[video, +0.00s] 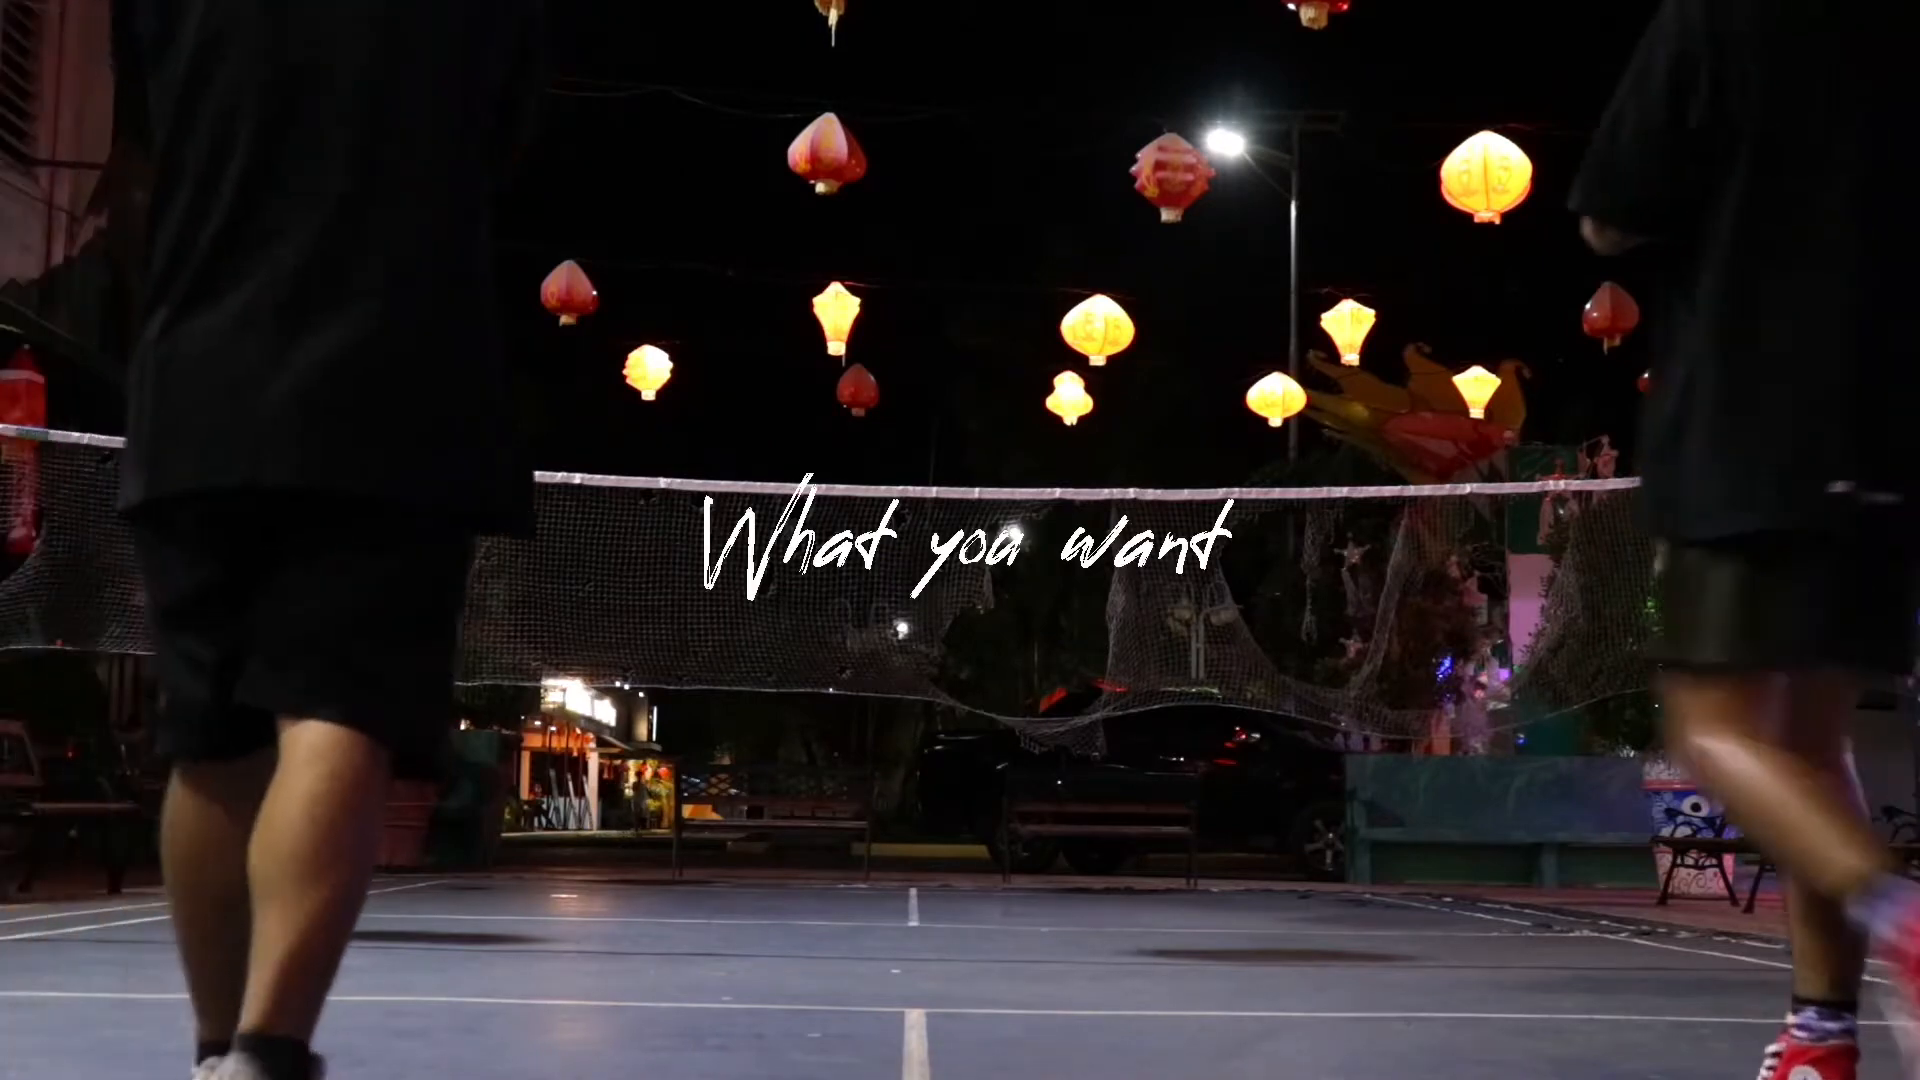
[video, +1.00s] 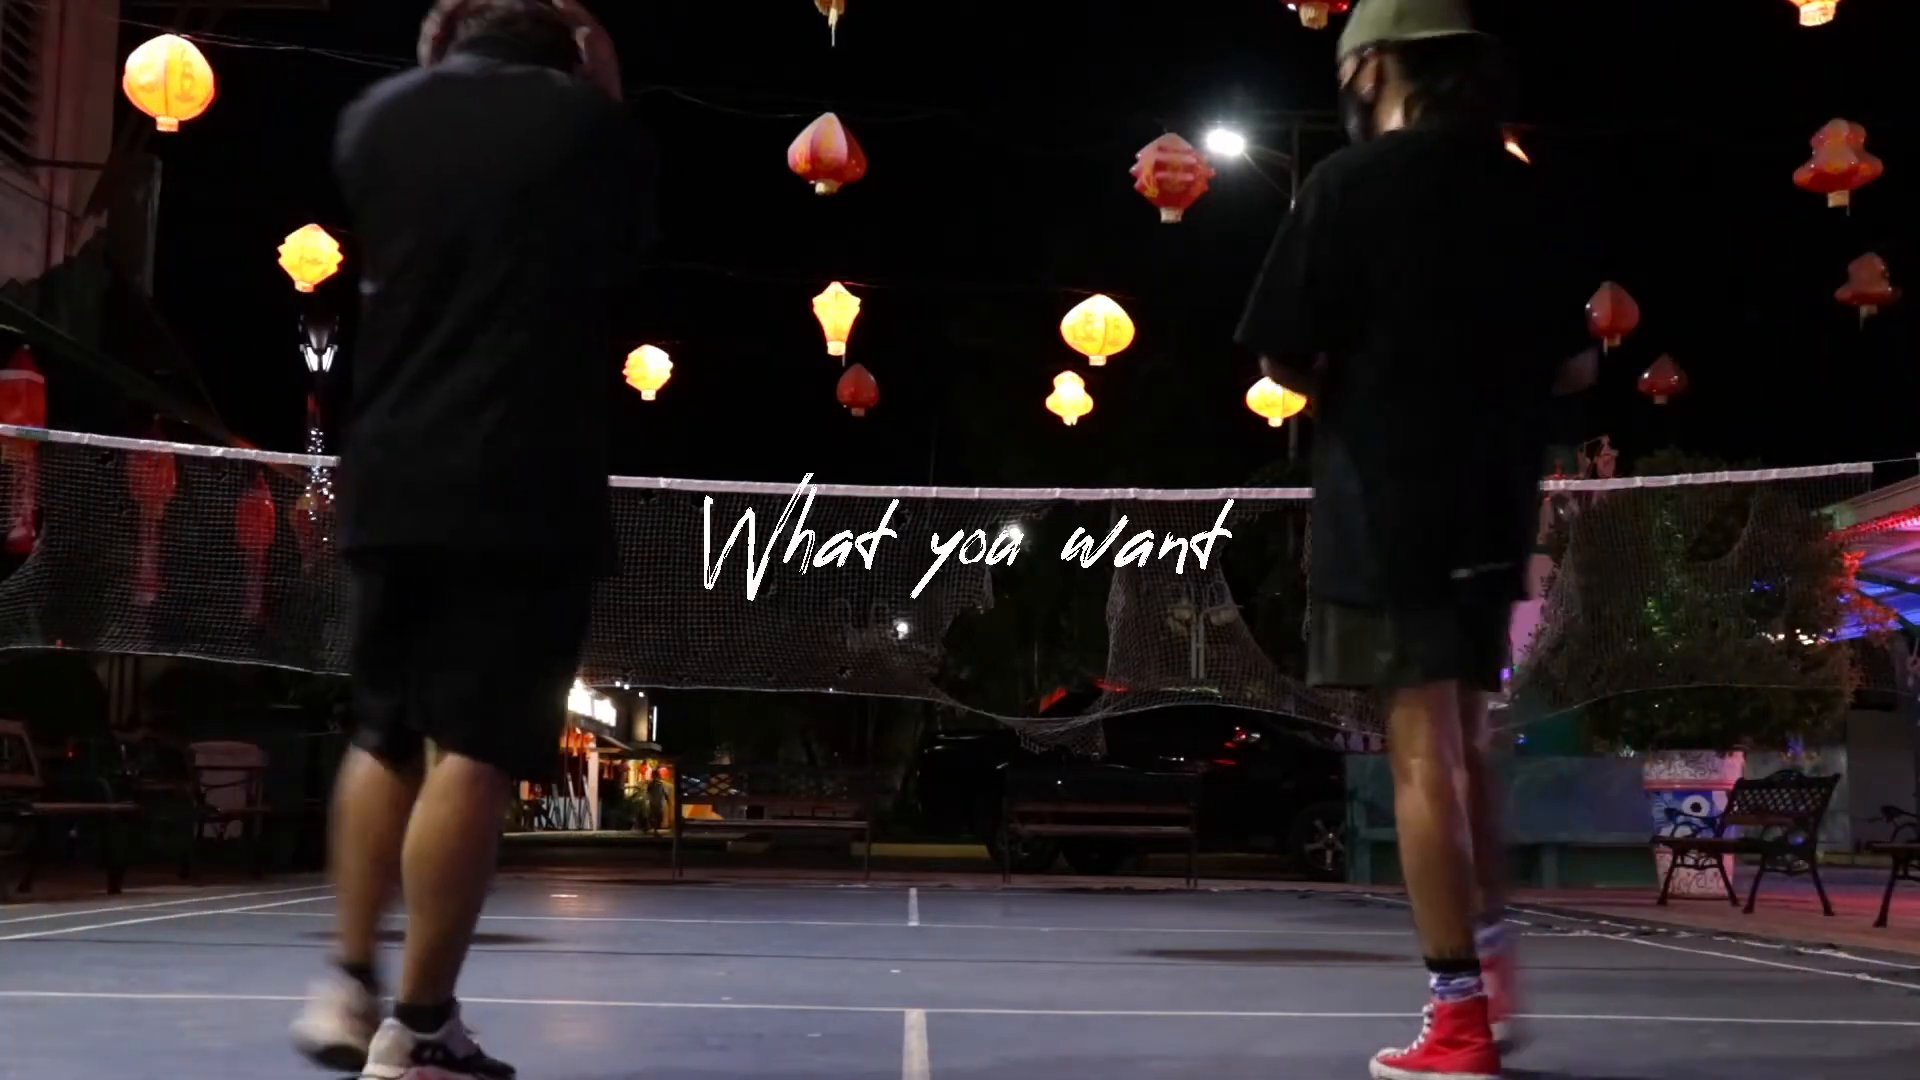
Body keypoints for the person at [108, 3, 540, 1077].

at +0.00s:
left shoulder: (166, 16)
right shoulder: (481, 25)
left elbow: (141, 153)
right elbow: (508, 153)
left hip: (196, 373)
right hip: (395, 375)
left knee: (209, 742)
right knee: (337, 723)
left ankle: (225, 1055)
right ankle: (265, 1046)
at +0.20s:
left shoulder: (184, 17)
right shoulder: (476, 25)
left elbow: (173, 131)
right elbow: (518, 178)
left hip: (207, 387)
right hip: (409, 392)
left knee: (225, 721)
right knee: (418, 702)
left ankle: (230, 1047)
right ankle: (335, 949)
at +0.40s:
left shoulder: (214, 19)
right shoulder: (468, 23)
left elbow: (187, 221)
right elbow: (542, 189)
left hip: (225, 414)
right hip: (410, 423)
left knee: (241, 720)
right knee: (424, 724)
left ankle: (233, 1040)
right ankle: (391, 1015)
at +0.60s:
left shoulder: (265, 52)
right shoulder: (497, 64)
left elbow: (208, 255)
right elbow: (560, 224)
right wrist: (549, 64)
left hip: (259, 452)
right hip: (432, 462)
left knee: (260, 727)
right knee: (413, 750)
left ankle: (236, 1032)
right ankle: (415, 1023)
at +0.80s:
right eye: (538, 14)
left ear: (412, 9)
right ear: (518, 14)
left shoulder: (327, 93)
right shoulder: (545, 104)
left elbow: (365, 207)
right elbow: (589, 240)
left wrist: (408, 42)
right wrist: (574, 76)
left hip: (337, 466)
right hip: (492, 473)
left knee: (294, 714)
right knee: (453, 745)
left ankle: (252, 926)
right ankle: (415, 1024)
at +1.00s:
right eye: (574, 49)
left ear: (448, 52)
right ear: (563, 61)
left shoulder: (378, 120)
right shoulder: (594, 131)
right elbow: (624, 253)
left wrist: (429, 66)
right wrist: (609, 100)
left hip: (393, 477)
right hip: (532, 484)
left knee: (382, 731)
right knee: (472, 757)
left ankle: (349, 984)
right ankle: (417, 1028)